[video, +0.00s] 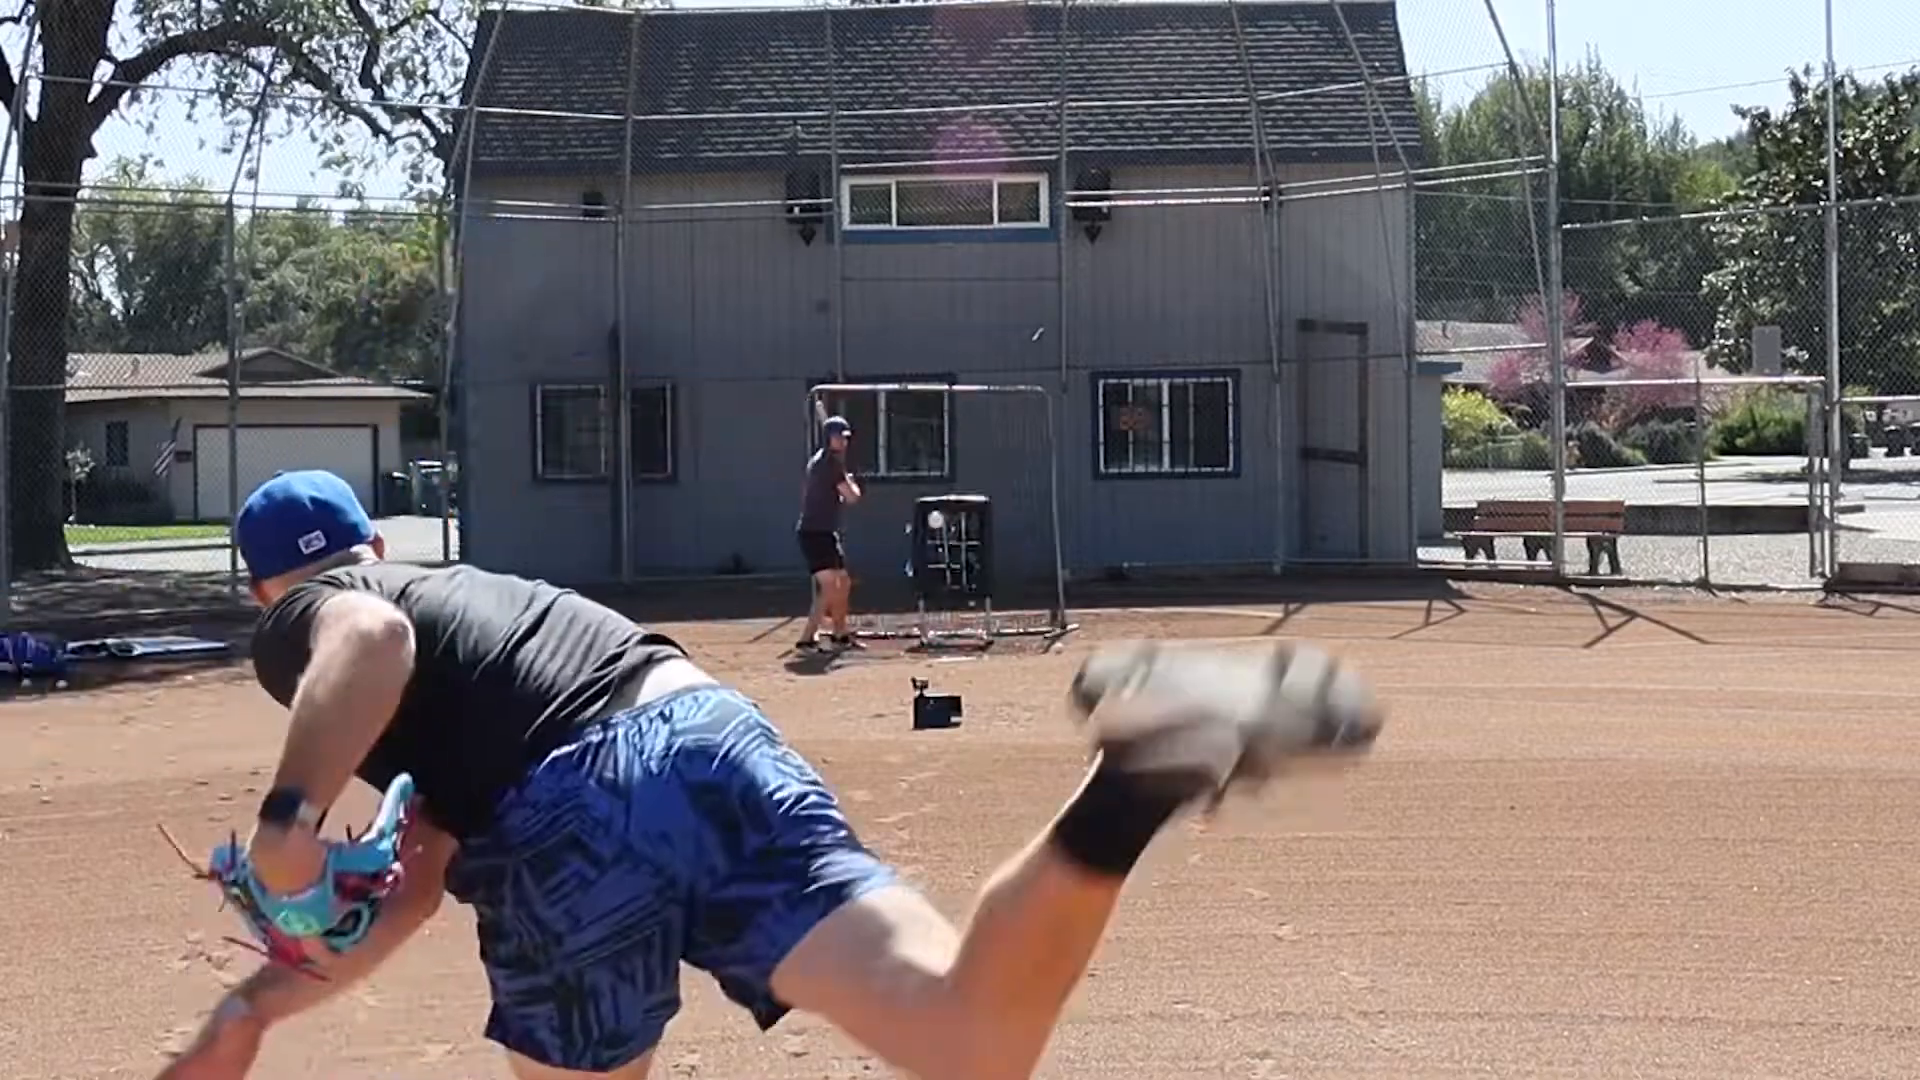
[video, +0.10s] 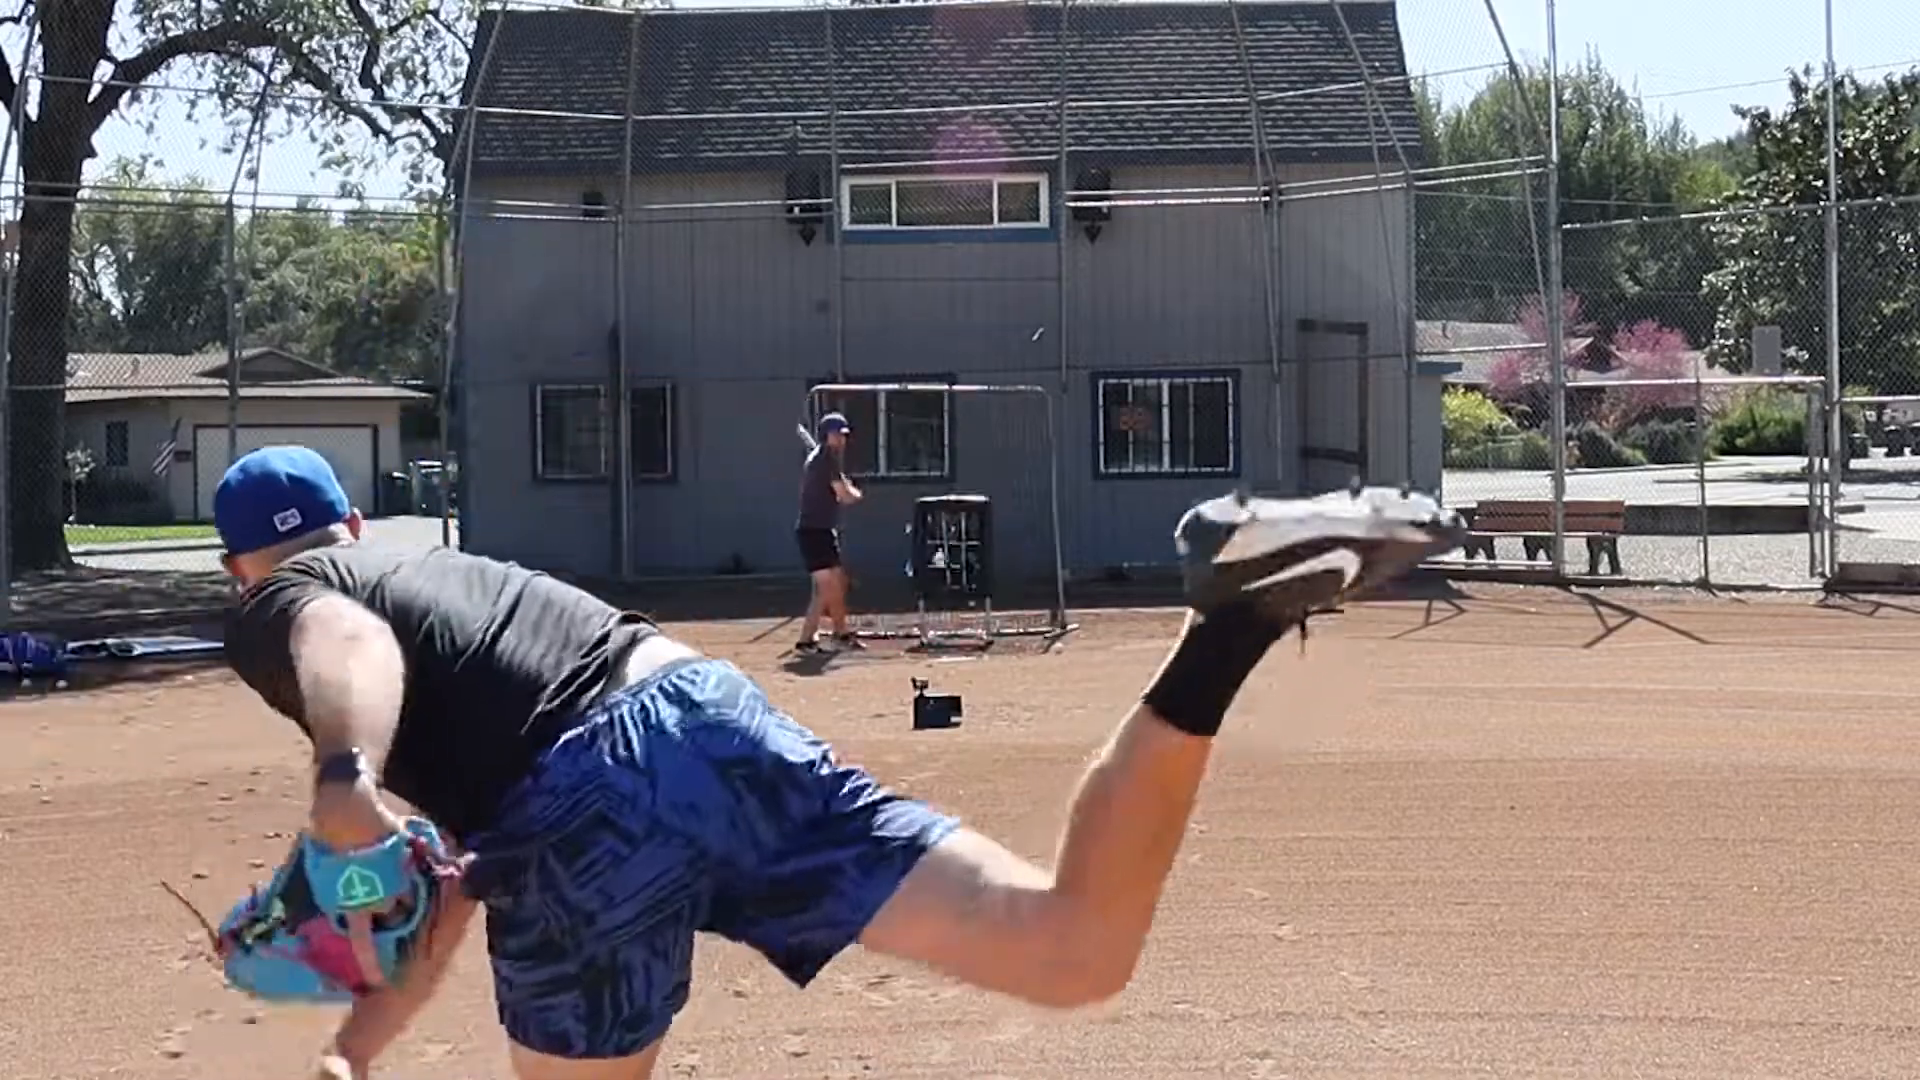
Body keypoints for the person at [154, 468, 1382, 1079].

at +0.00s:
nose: (261, 634)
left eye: (255, 612)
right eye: (262, 612)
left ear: (276, 582)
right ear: (366, 541)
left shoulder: (329, 603)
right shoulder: (460, 617)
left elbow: (364, 649)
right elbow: (394, 894)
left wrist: (288, 830)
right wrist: (239, 1019)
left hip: (577, 785)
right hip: (713, 719)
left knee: (572, 1057)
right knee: (963, 1035)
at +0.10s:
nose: (225, 579)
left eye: (226, 560)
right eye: (232, 561)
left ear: (253, 546)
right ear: (348, 517)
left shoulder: (286, 585)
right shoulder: (436, 576)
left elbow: (354, 642)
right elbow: (449, 885)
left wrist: (339, 793)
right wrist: (352, 1049)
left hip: (572, 817)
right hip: (695, 704)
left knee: (582, 1068)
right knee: (1077, 949)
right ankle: (1234, 621)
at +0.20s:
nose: (204, 533)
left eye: (201, 517)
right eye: (221, 511)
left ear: (210, 515)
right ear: (314, 483)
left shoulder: (244, 576)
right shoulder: (394, 545)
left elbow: (331, 672)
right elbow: (465, 806)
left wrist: (374, 854)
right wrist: (477, 1016)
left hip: (588, 810)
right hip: (704, 687)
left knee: (589, 1068)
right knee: (1033, 881)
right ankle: (1269, 702)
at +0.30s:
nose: (178, 485)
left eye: (174, 467)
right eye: (188, 465)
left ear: (191, 464)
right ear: (300, 437)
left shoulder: (234, 543)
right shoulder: (374, 490)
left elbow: (334, 680)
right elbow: (515, 622)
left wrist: (354, 920)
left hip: (608, 800)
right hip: (716, 672)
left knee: (595, 1062)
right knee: (960, 831)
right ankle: (1263, 861)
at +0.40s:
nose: (188, 425)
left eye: (185, 404)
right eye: (187, 401)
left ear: (202, 401)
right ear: (306, 371)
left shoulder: (241, 491)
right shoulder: (394, 429)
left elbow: (344, 691)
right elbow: (519, 564)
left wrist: (331, 926)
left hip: (614, 794)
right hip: (723, 675)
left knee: (595, 1067)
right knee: (844, 840)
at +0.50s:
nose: (209, 351)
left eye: (204, 332)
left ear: (210, 341)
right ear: (338, 311)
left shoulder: (263, 449)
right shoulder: (424, 380)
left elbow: (350, 675)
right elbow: (511, 569)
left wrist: (302, 911)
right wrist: (501, 781)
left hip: (604, 794)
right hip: (731, 685)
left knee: (599, 1059)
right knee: (745, 859)